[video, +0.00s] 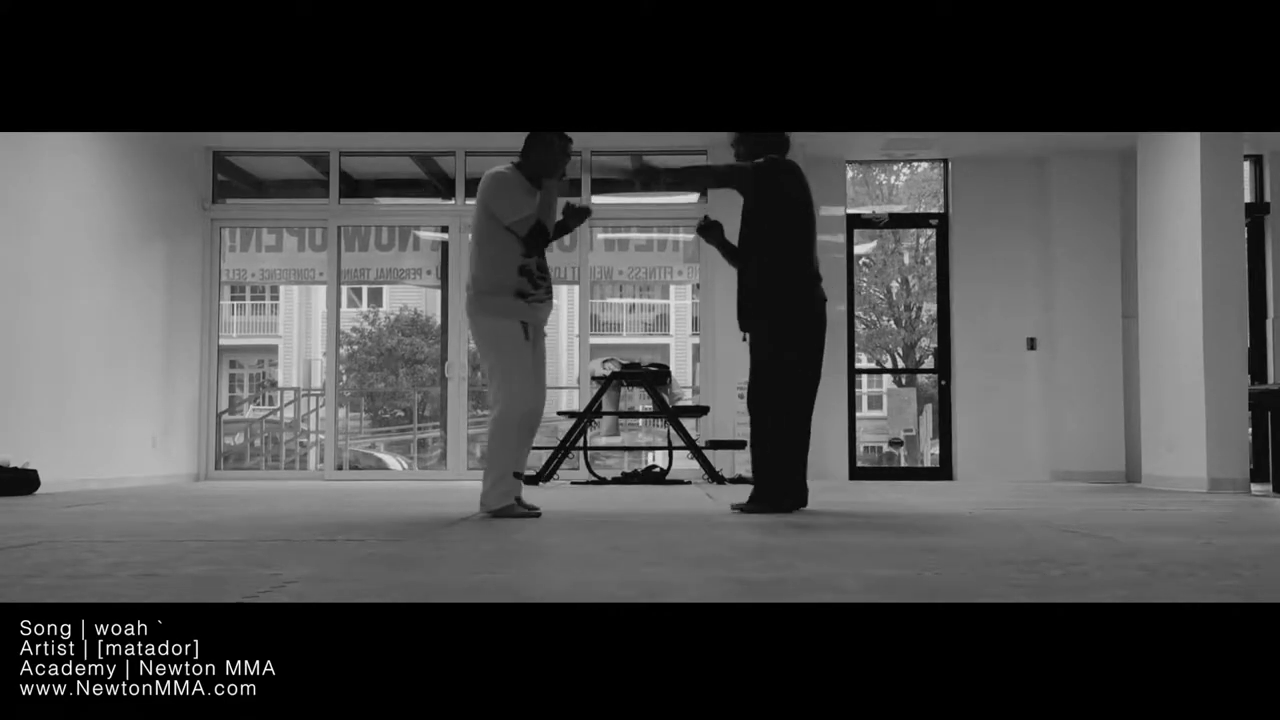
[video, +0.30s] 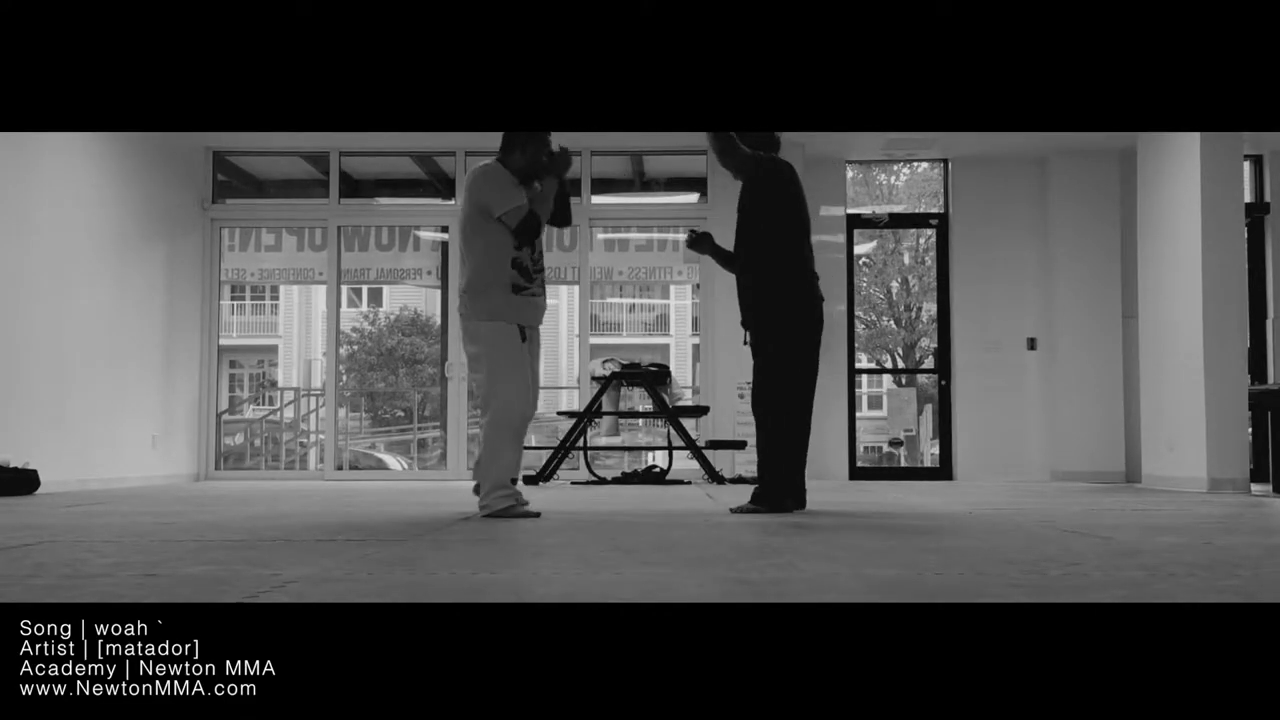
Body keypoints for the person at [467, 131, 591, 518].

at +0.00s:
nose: (564, 166)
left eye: (566, 160)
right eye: (562, 157)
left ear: (542, 153)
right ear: (542, 152)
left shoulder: (534, 191)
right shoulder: (500, 180)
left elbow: (536, 241)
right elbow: (533, 239)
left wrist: (564, 224)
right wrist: (552, 194)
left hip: (525, 315)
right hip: (499, 313)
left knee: (531, 403)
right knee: (515, 401)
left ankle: (507, 493)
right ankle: (496, 499)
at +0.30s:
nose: (545, 160)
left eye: (547, 152)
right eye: (541, 150)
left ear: (519, 150)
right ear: (521, 148)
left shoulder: (519, 185)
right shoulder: (489, 176)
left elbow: (561, 218)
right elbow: (525, 230)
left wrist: (558, 177)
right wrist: (549, 183)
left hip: (518, 316)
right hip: (494, 315)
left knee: (521, 404)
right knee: (507, 403)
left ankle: (498, 487)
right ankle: (496, 497)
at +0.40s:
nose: (548, 166)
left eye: (549, 157)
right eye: (546, 156)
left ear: (511, 146)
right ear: (527, 150)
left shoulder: (489, 176)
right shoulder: (501, 174)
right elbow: (548, 216)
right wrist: (545, 174)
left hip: (488, 312)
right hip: (494, 313)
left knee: (503, 400)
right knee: (514, 403)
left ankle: (471, 478)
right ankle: (501, 501)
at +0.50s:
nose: (543, 180)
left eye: (542, 173)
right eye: (541, 173)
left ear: (502, 161)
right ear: (529, 167)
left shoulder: (477, 189)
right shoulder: (513, 179)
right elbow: (556, 223)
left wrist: (543, 209)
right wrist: (549, 191)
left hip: (466, 314)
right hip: (494, 313)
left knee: (489, 400)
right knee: (525, 399)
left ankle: (458, 486)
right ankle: (498, 498)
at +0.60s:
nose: (539, 209)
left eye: (538, 204)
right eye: (537, 203)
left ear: (498, 192)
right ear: (528, 195)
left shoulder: (469, 220)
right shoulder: (519, 209)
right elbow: (555, 257)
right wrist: (550, 230)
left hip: (448, 325)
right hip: (485, 324)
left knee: (474, 414)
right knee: (528, 409)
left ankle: (452, 496)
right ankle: (490, 502)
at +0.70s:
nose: (523, 234)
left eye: (520, 230)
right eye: (520, 230)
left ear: (484, 226)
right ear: (514, 225)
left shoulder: (455, 244)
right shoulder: (517, 236)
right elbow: (552, 285)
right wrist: (555, 259)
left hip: (439, 332)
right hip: (481, 330)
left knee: (470, 421)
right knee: (530, 413)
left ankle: (450, 499)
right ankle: (490, 502)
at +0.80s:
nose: (510, 237)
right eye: (509, 234)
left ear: (474, 232)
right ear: (506, 231)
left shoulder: (444, 249)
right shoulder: (511, 241)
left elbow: (438, 289)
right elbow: (548, 286)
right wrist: (528, 269)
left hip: (440, 333)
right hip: (483, 327)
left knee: (473, 415)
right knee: (533, 411)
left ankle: (451, 498)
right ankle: (494, 496)